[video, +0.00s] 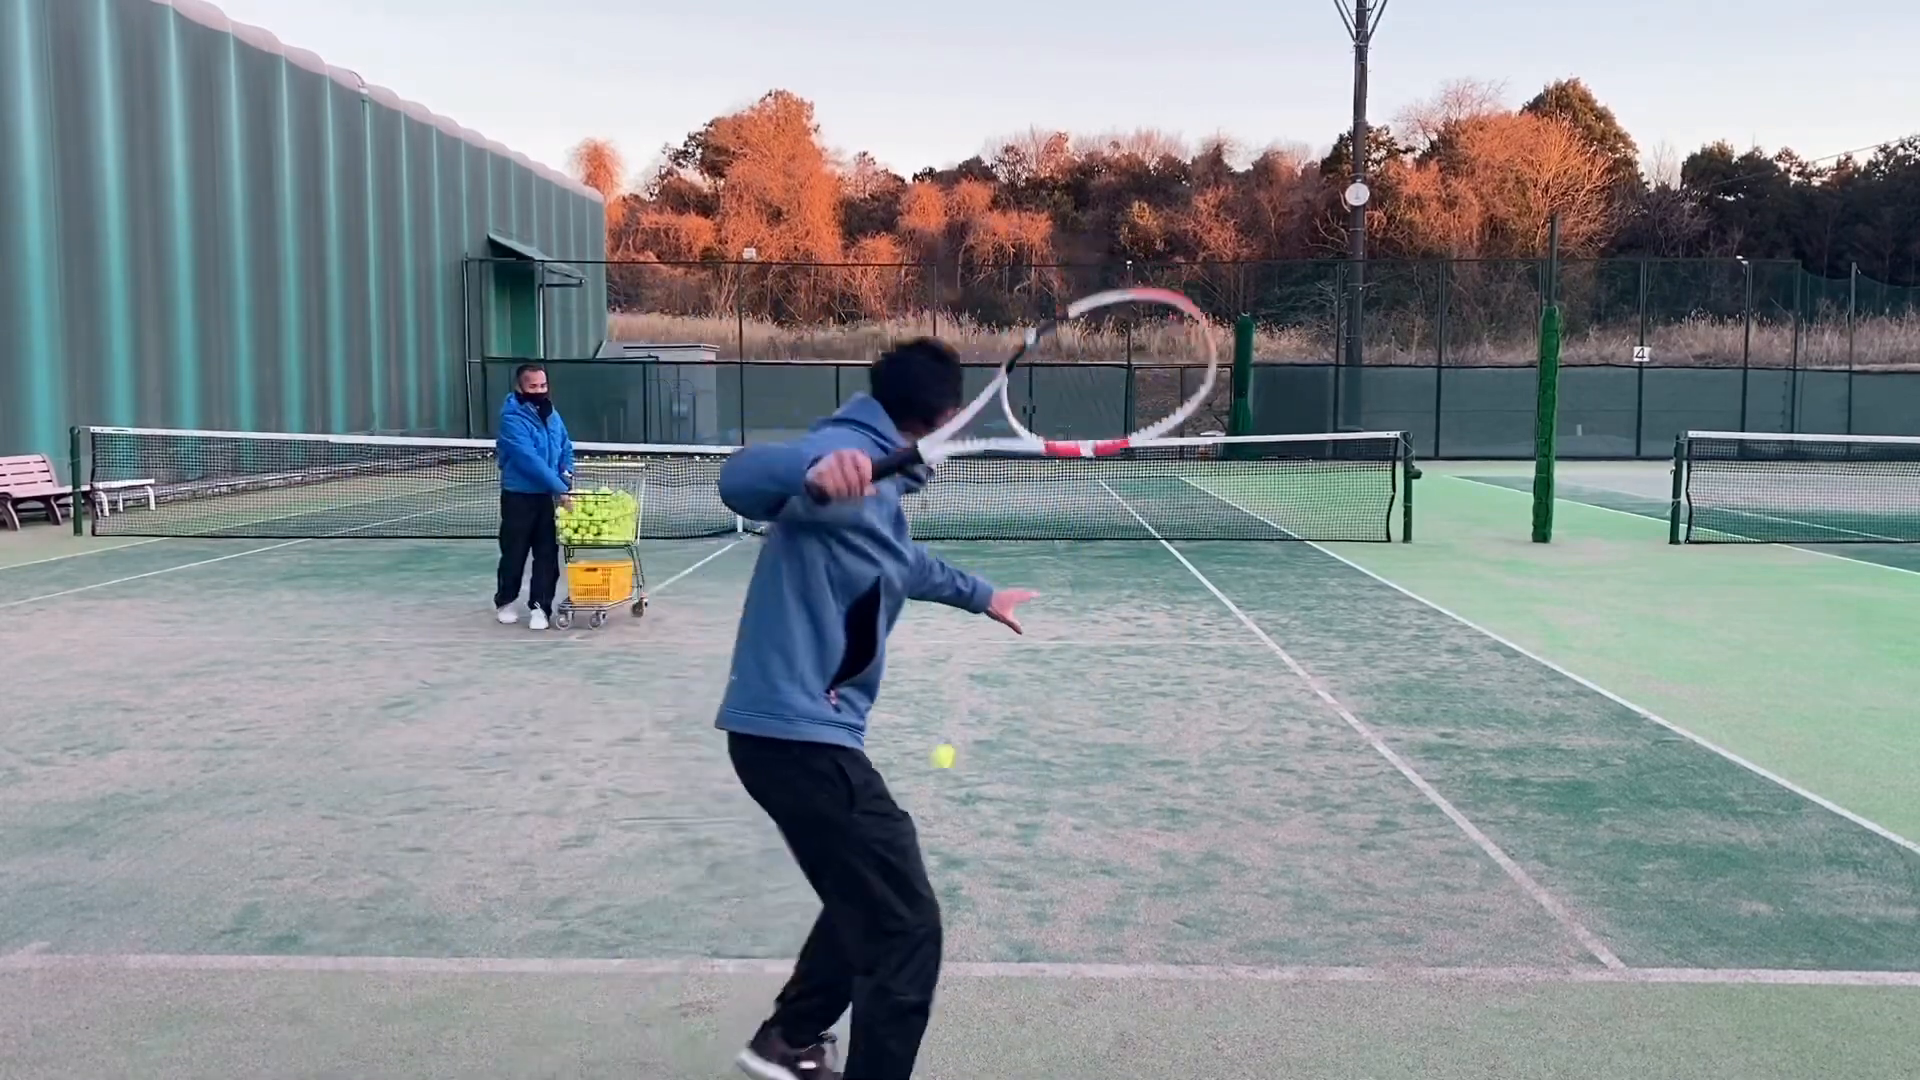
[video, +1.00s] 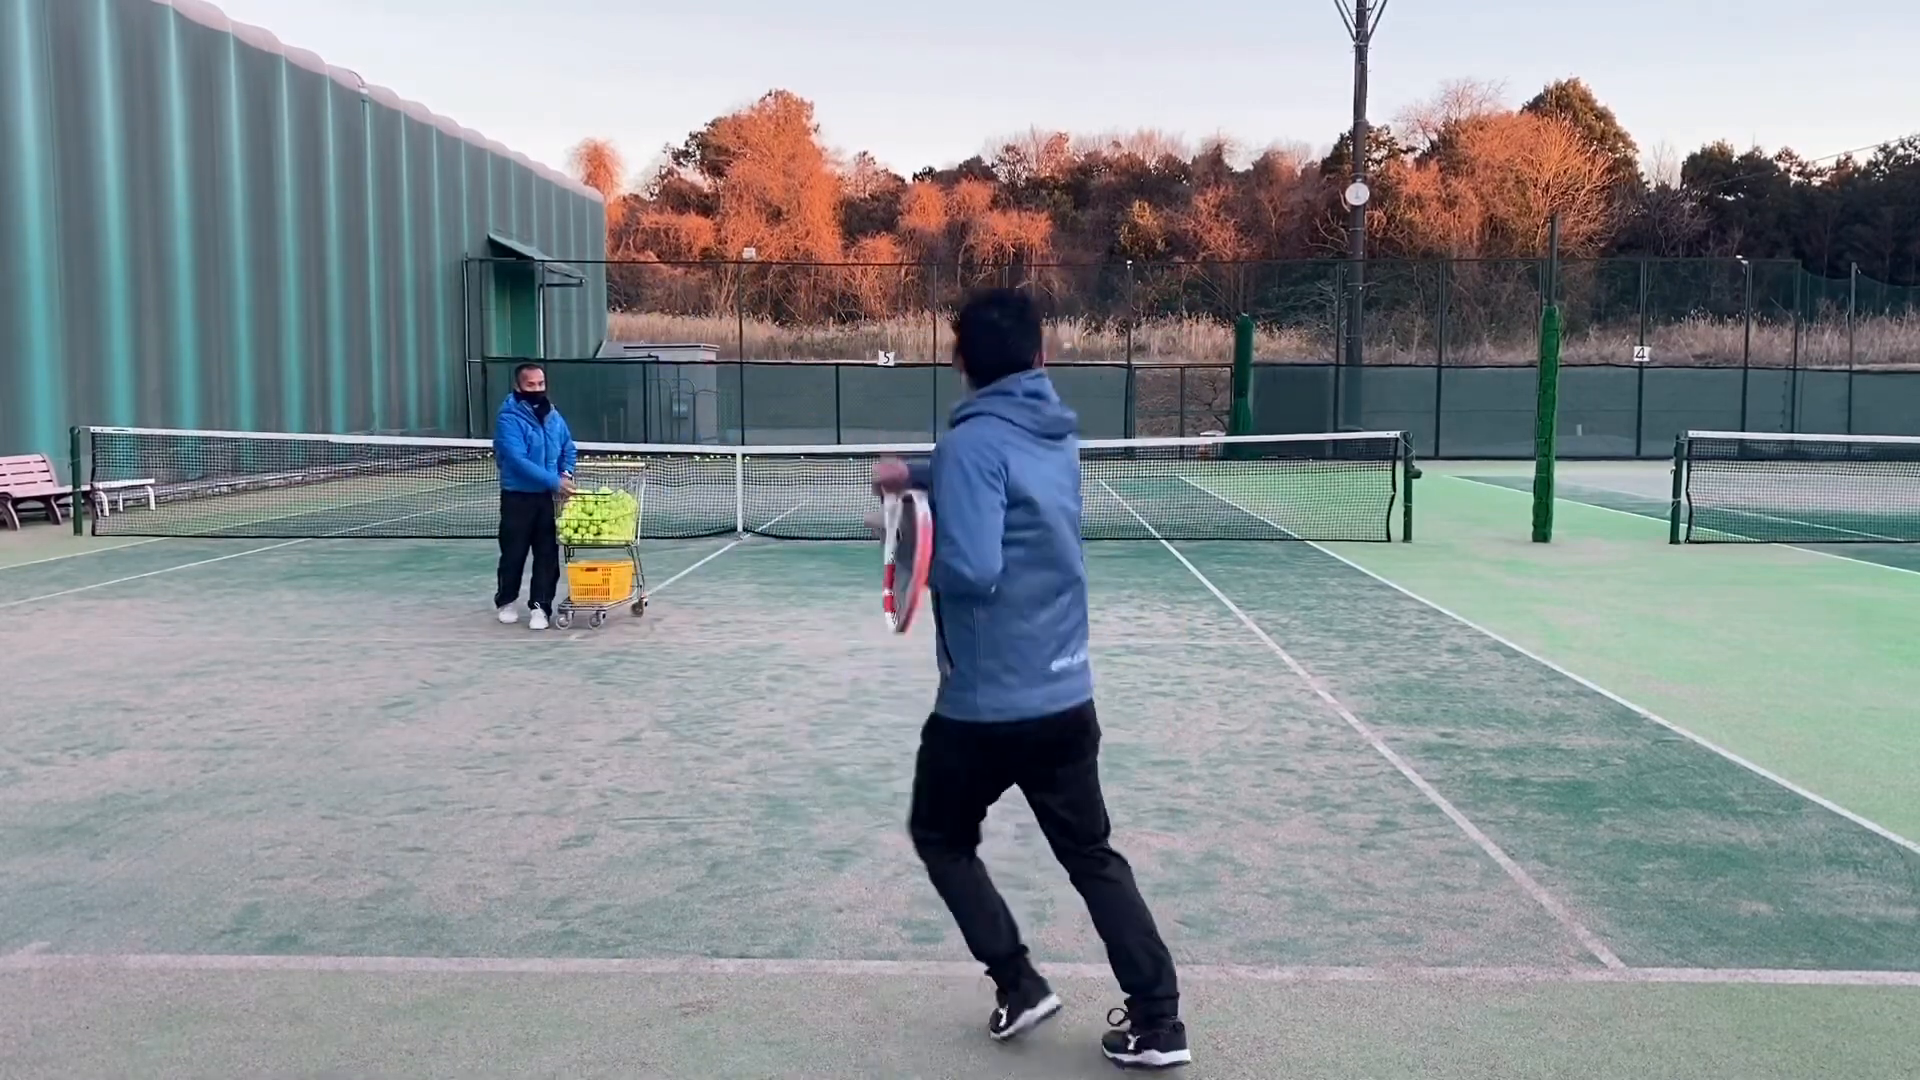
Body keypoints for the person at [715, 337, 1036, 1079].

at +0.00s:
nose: (946, 435)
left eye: (948, 422)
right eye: (945, 421)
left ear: (885, 396)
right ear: (926, 417)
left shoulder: (878, 484)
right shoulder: (847, 449)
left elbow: (904, 564)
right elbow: (736, 480)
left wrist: (979, 594)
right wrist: (809, 470)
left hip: (806, 728)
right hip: (794, 733)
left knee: (870, 893)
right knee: (907, 927)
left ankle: (788, 1038)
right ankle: (872, 1072)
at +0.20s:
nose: (1048, 473)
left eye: (1047, 461)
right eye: (1046, 463)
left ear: (979, 449)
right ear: (1031, 472)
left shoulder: (957, 509)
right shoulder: (936, 514)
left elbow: (946, 584)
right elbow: (831, 553)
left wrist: (994, 616)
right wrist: (867, 606)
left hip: (860, 747)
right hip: (835, 761)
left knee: (941, 854)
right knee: (962, 944)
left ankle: (935, 1020)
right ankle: (905, 1067)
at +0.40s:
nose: (1105, 494)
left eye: (1108, 479)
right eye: (1108, 479)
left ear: (1034, 457)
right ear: (1092, 482)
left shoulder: (953, 487)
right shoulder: (1015, 552)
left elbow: (837, 511)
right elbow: (973, 676)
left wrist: (859, 581)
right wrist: (1003, 784)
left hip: (840, 737)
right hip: (912, 762)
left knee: (954, 877)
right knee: (980, 944)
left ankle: (989, 1020)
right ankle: (898, 1072)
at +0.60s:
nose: (1086, 384)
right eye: (1086, 373)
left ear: (1002, 366)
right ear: (1079, 379)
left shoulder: (946, 434)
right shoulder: (1079, 483)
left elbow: (887, 532)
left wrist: (867, 490)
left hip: (898, 691)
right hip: (991, 701)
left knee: (934, 861)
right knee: (983, 870)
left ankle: (995, 1010)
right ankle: (934, 1039)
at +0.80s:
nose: (981, 319)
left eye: (985, 309)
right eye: (987, 308)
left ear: (992, 320)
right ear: (1064, 324)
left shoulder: (971, 401)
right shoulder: (1068, 391)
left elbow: (959, 525)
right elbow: (1001, 362)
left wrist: (897, 479)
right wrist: (931, 338)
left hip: (950, 665)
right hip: (1035, 662)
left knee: (965, 836)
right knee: (1046, 836)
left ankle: (1002, 1003)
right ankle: (1058, 1019)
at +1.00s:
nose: (952, 362)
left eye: (954, 352)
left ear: (962, 360)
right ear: (1041, 354)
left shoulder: (970, 445)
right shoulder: (1056, 433)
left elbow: (974, 569)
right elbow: (995, 475)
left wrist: (914, 520)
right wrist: (916, 472)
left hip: (985, 710)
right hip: (1064, 700)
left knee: (941, 836)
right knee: (1092, 854)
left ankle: (1018, 983)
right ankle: (1158, 1021)